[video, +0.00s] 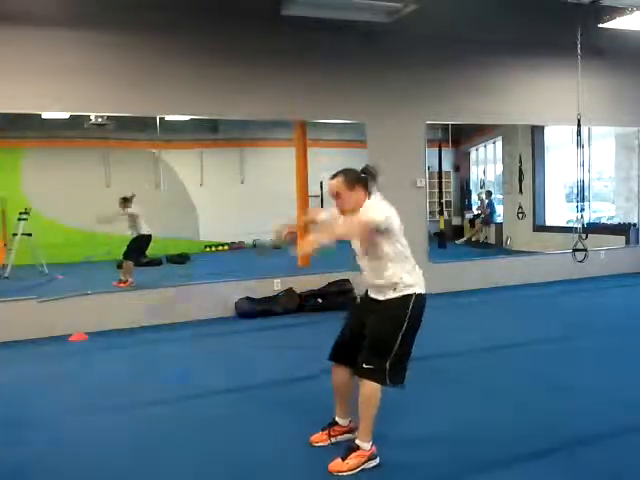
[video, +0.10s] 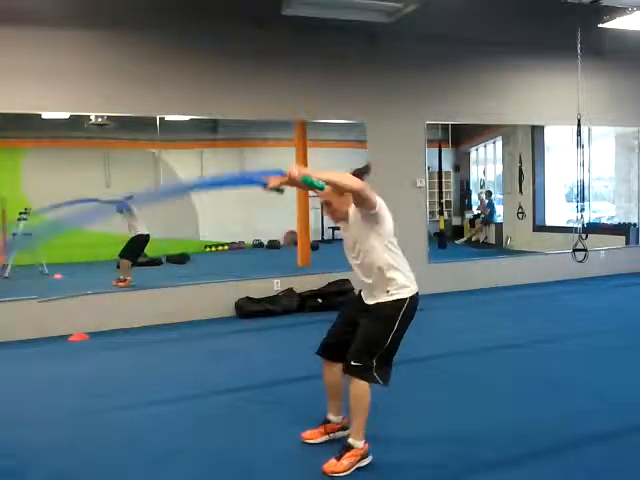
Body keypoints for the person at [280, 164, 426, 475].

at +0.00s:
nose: (335, 202)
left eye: (339, 195)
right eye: (333, 196)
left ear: (358, 191)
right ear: (347, 195)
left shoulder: (378, 210)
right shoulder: (349, 213)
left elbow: (357, 228)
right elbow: (323, 218)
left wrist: (318, 239)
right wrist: (301, 226)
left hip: (403, 294)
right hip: (375, 293)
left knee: (370, 369)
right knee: (342, 359)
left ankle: (365, 447)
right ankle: (344, 423)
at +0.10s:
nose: (325, 210)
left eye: (328, 203)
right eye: (322, 204)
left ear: (346, 196)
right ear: (326, 201)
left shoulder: (370, 213)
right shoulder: (343, 219)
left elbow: (358, 186)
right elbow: (318, 193)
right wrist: (289, 183)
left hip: (396, 296)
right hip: (367, 294)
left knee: (359, 366)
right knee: (332, 355)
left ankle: (358, 446)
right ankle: (336, 422)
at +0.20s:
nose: (311, 233)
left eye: (315, 226)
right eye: (307, 228)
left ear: (331, 220)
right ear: (309, 226)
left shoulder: (353, 239)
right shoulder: (327, 239)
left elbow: (353, 231)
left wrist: (311, 198)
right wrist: (294, 206)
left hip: (392, 307)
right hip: (363, 305)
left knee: (351, 379)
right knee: (324, 365)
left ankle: (333, 455)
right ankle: (312, 427)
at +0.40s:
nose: (291, 241)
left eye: (296, 235)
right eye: (291, 236)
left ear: (317, 236)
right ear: (311, 238)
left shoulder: (343, 260)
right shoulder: (316, 260)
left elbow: (353, 317)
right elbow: (314, 295)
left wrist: (328, 361)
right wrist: (297, 327)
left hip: (385, 315)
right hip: (354, 311)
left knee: (341, 380)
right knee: (317, 365)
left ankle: (330, 456)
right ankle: (312, 428)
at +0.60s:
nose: (321, 192)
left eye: (324, 186)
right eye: (320, 187)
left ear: (344, 183)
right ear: (323, 188)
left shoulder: (368, 203)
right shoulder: (331, 205)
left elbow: (345, 196)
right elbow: (305, 189)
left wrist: (297, 199)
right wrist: (275, 194)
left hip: (369, 298)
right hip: (340, 292)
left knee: (328, 372)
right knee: (301, 360)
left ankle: (326, 451)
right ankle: (309, 421)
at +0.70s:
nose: (298, 213)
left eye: (300, 206)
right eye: (296, 207)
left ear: (317, 197)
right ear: (304, 199)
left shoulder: (344, 214)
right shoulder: (323, 218)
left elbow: (343, 191)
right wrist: (288, 177)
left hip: (363, 303)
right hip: (336, 296)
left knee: (325, 377)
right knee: (299, 363)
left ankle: (317, 456)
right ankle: (288, 428)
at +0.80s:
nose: (277, 237)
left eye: (280, 230)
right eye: (276, 231)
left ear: (296, 229)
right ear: (293, 230)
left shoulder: (322, 247)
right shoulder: (298, 250)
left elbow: (326, 263)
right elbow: (273, 237)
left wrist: (307, 260)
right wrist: (260, 237)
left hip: (364, 314)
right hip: (334, 311)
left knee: (320, 379)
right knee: (294, 367)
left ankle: (312, 457)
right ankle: (280, 430)